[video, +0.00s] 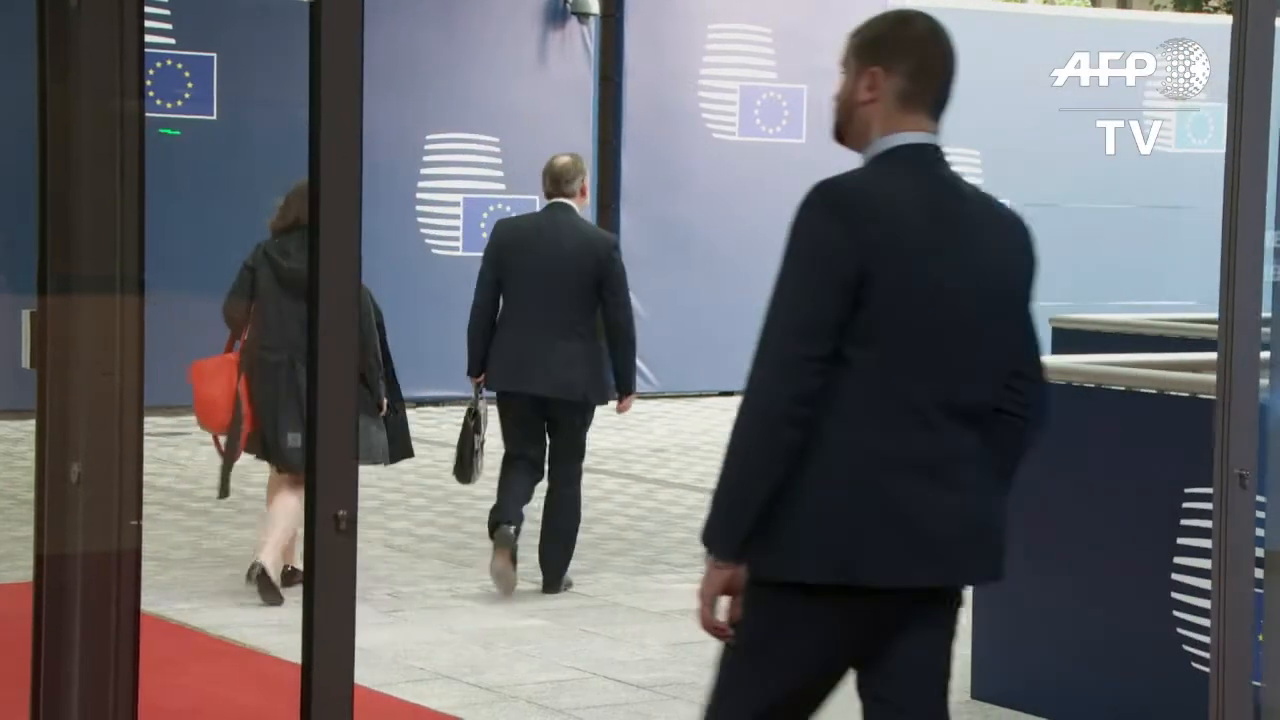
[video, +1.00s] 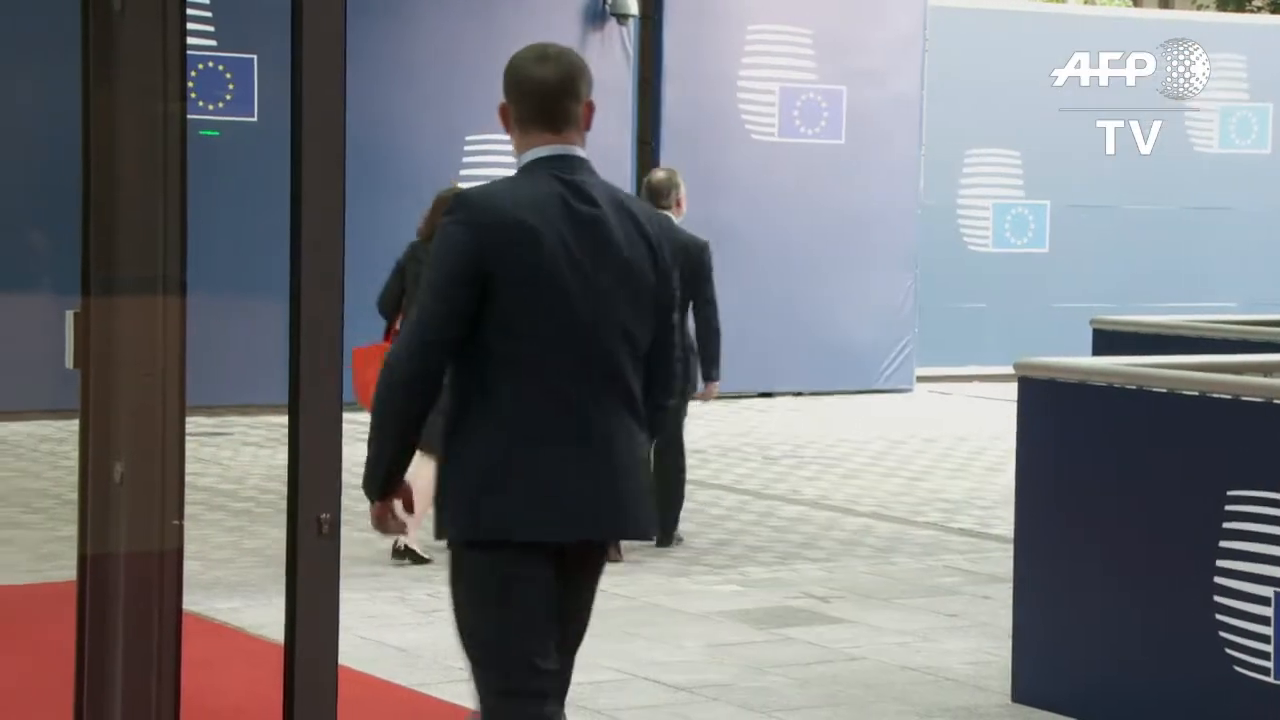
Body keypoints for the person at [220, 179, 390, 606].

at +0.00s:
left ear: (286, 212)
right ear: (328, 217)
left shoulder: (264, 256)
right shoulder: (339, 262)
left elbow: (234, 310)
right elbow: (366, 334)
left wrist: (249, 344)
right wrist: (377, 390)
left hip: (270, 374)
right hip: (321, 377)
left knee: (283, 474)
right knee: (295, 479)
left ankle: (290, 563)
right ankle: (267, 560)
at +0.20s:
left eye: (289, 208)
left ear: (292, 211)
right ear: (339, 206)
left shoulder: (278, 246)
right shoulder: (355, 252)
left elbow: (250, 303)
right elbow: (373, 325)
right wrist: (373, 380)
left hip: (286, 381)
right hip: (339, 384)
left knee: (285, 474)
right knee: (334, 475)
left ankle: (291, 560)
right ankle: (325, 562)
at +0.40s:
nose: (373, 216)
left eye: (370, 209)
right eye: (371, 210)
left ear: (329, 211)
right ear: (365, 214)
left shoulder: (303, 253)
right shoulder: (373, 263)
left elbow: (271, 306)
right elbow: (380, 329)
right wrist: (383, 387)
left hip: (303, 372)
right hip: (350, 374)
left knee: (306, 463)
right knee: (355, 462)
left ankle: (304, 546)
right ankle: (365, 538)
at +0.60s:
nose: (412, 215)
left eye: (410, 208)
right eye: (409, 209)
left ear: (365, 210)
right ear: (403, 214)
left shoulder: (338, 255)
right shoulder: (411, 263)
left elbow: (322, 317)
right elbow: (423, 327)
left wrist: (322, 374)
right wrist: (425, 383)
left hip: (344, 373)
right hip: (392, 376)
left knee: (345, 459)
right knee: (387, 462)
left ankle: (312, 520)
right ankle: (376, 543)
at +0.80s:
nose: (446, 210)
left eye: (444, 203)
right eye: (444, 204)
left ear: (400, 204)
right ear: (436, 209)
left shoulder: (378, 248)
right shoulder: (449, 255)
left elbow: (351, 298)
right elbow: (462, 314)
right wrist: (469, 369)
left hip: (386, 361)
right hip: (433, 363)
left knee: (397, 444)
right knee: (419, 442)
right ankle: (396, 534)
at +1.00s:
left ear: (431, 218)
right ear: (465, 224)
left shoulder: (417, 252)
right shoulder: (475, 258)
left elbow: (387, 304)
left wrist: (401, 325)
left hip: (423, 361)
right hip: (463, 364)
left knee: (426, 451)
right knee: (431, 451)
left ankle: (403, 531)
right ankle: (407, 534)